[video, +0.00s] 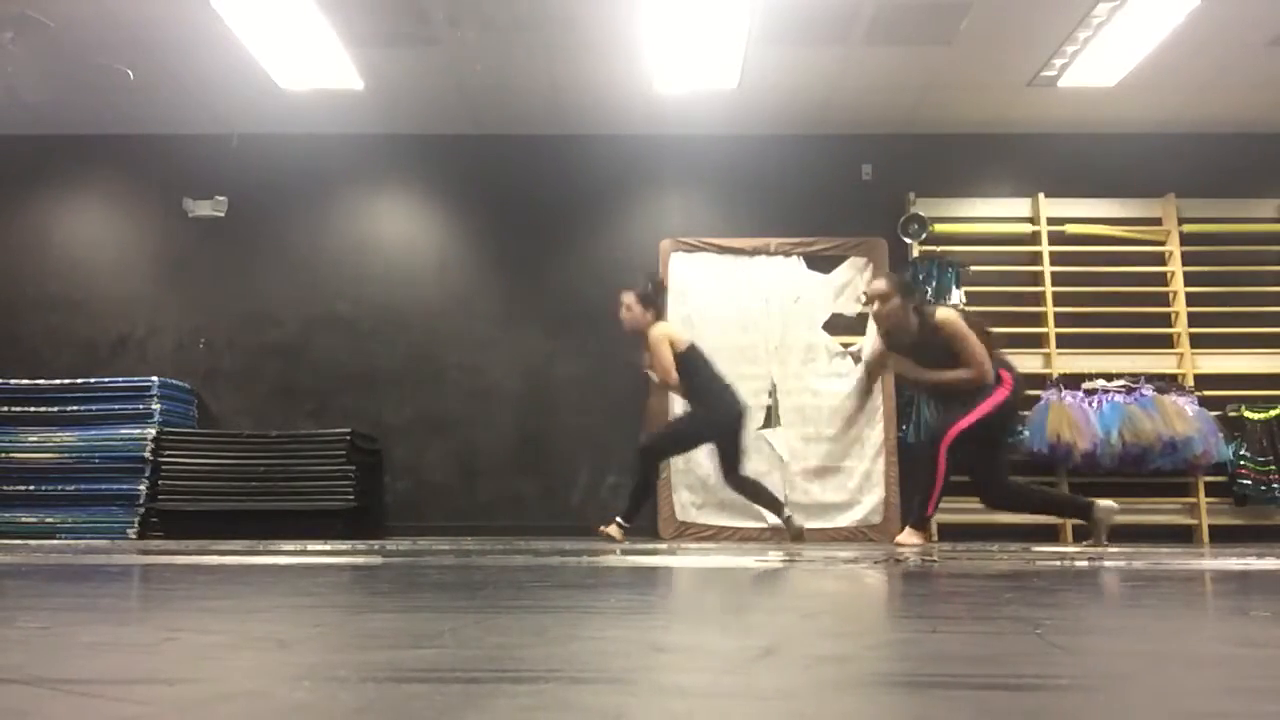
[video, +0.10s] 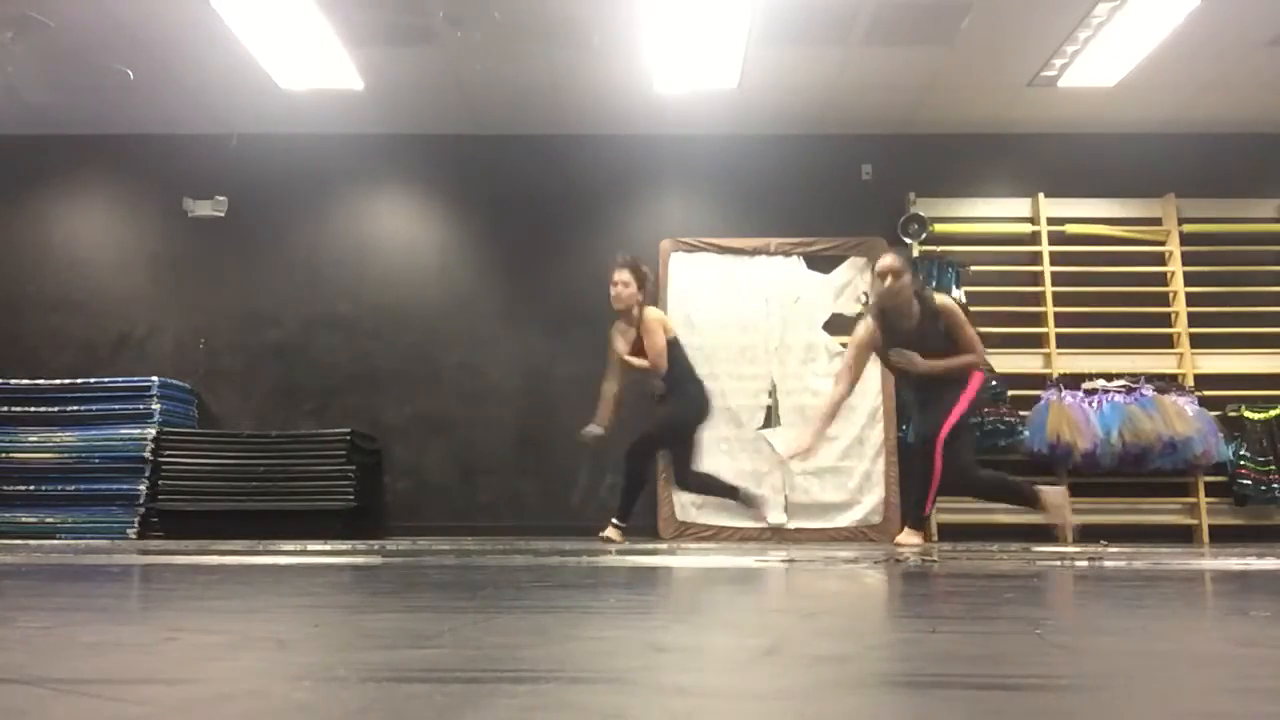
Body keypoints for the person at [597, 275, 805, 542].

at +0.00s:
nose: (622, 314)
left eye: (628, 308)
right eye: (622, 308)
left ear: (648, 311)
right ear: (649, 313)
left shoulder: (657, 333)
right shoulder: (667, 331)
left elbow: (670, 378)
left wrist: (650, 372)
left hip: (712, 413)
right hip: (730, 411)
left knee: (650, 452)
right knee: (733, 477)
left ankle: (622, 524)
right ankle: (785, 515)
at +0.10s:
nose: (615, 291)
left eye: (623, 285)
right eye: (613, 285)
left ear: (640, 291)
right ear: (610, 290)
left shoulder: (651, 317)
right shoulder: (620, 328)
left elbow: (659, 365)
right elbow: (612, 378)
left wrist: (625, 356)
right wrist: (601, 422)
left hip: (691, 401)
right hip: (675, 403)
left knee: (640, 449)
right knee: (684, 477)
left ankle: (618, 524)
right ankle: (749, 498)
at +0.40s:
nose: (606, 255)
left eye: (611, 249)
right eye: (599, 248)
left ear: (617, 255)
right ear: (585, 253)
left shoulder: (626, 287)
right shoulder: (572, 281)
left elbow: (647, 331)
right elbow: (574, 297)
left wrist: (627, 367)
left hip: (620, 374)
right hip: (589, 375)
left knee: (614, 445)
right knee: (567, 444)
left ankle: (614, 524)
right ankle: (538, 520)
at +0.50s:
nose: (595, 253)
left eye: (599, 247)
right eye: (588, 246)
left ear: (605, 251)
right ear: (574, 251)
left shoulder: (608, 288)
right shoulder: (559, 282)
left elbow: (628, 327)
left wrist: (643, 366)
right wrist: (595, 269)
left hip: (605, 377)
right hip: (571, 376)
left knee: (611, 442)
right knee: (554, 445)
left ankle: (610, 522)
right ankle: (535, 524)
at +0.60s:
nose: (587, 255)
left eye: (589, 249)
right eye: (581, 248)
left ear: (587, 251)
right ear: (560, 248)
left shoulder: (583, 285)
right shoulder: (543, 279)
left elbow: (600, 329)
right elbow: (519, 242)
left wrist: (619, 371)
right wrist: (558, 254)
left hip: (597, 373)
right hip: (564, 376)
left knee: (618, 438)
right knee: (549, 448)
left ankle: (638, 516)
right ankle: (534, 525)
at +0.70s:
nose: (573, 261)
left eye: (573, 254)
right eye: (567, 254)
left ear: (567, 257)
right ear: (545, 256)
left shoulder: (572, 292)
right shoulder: (525, 288)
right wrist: (524, 256)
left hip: (596, 377)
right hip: (562, 383)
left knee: (632, 437)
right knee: (545, 454)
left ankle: (676, 505)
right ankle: (534, 527)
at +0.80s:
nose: (559, 270)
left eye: (559, 263)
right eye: (553, 264)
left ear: (547, 266)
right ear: (532, 268)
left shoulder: (562, 297)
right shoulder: (512, 303)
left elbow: (562, 337)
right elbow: (465, 320)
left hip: (597, 381)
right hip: (564, 393)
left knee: (643, 435)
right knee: (542, 457)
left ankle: (695, 490)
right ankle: (535, 528)